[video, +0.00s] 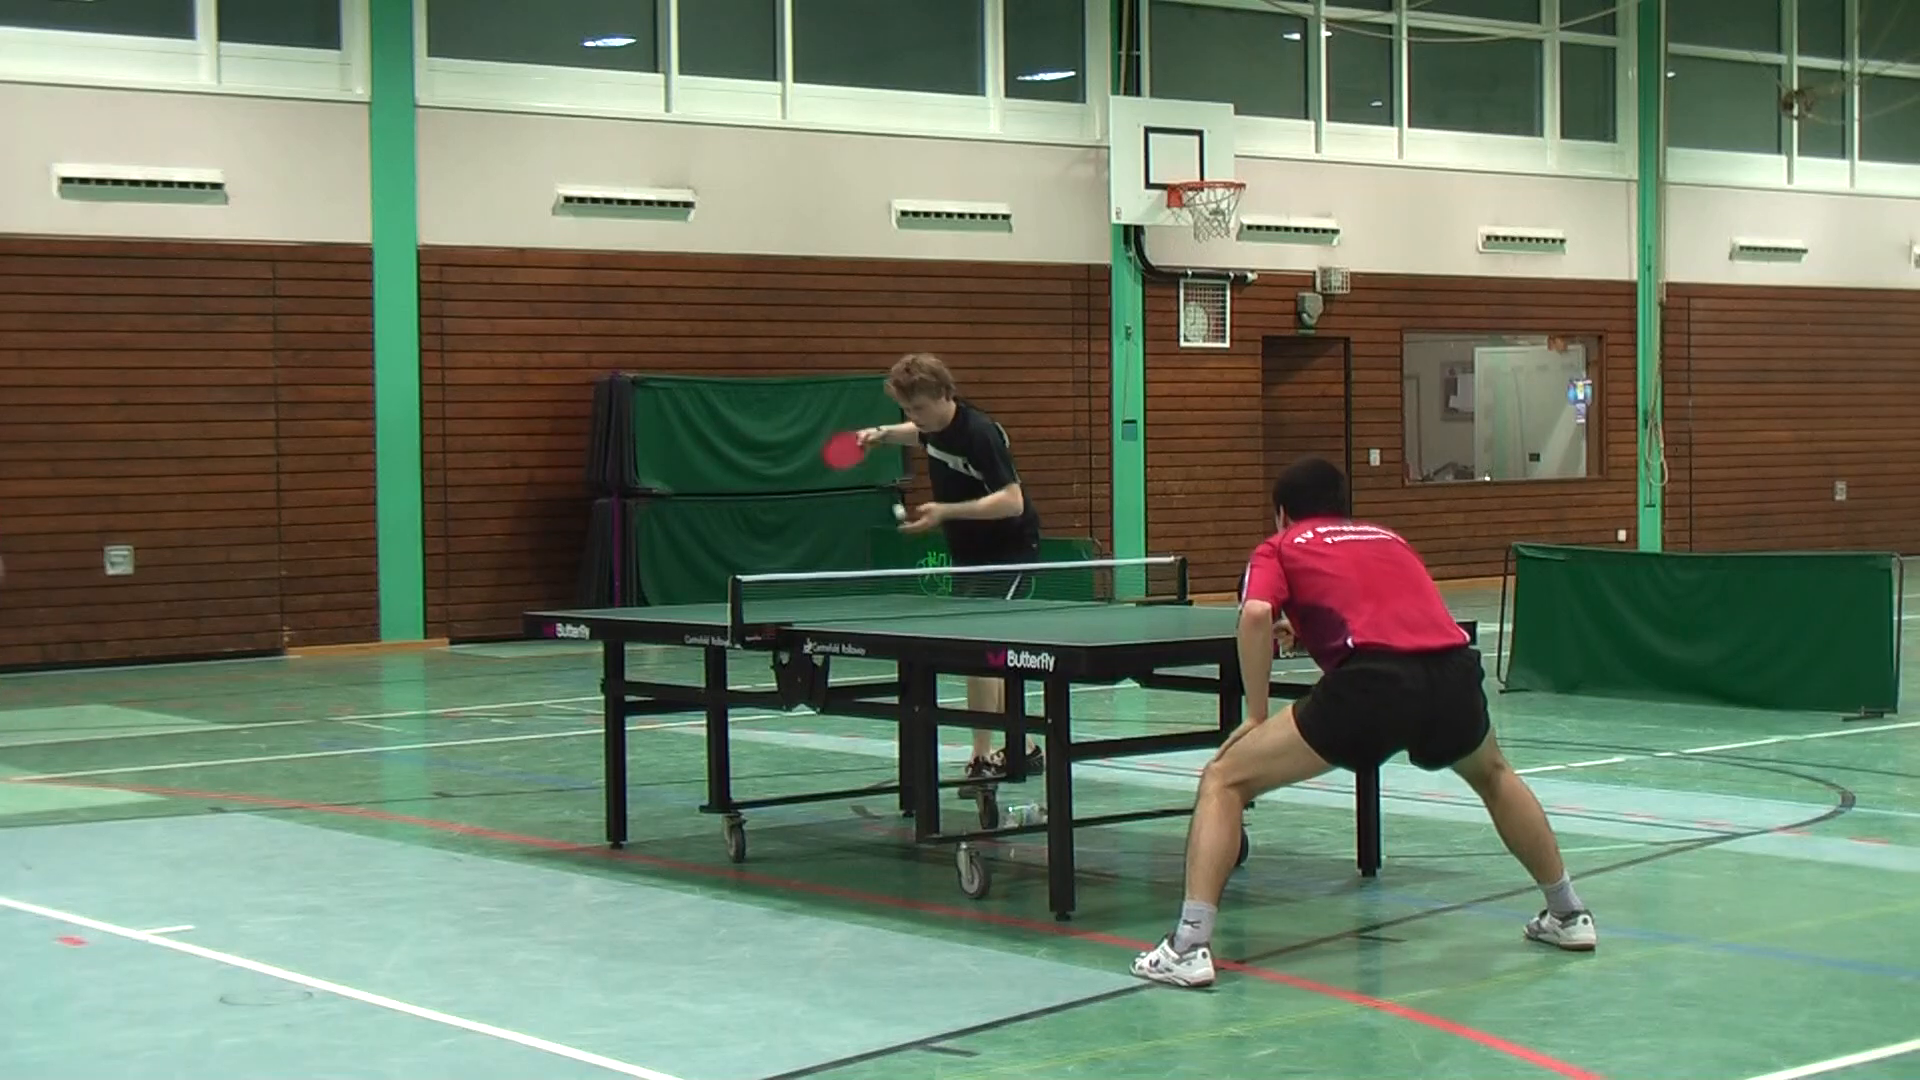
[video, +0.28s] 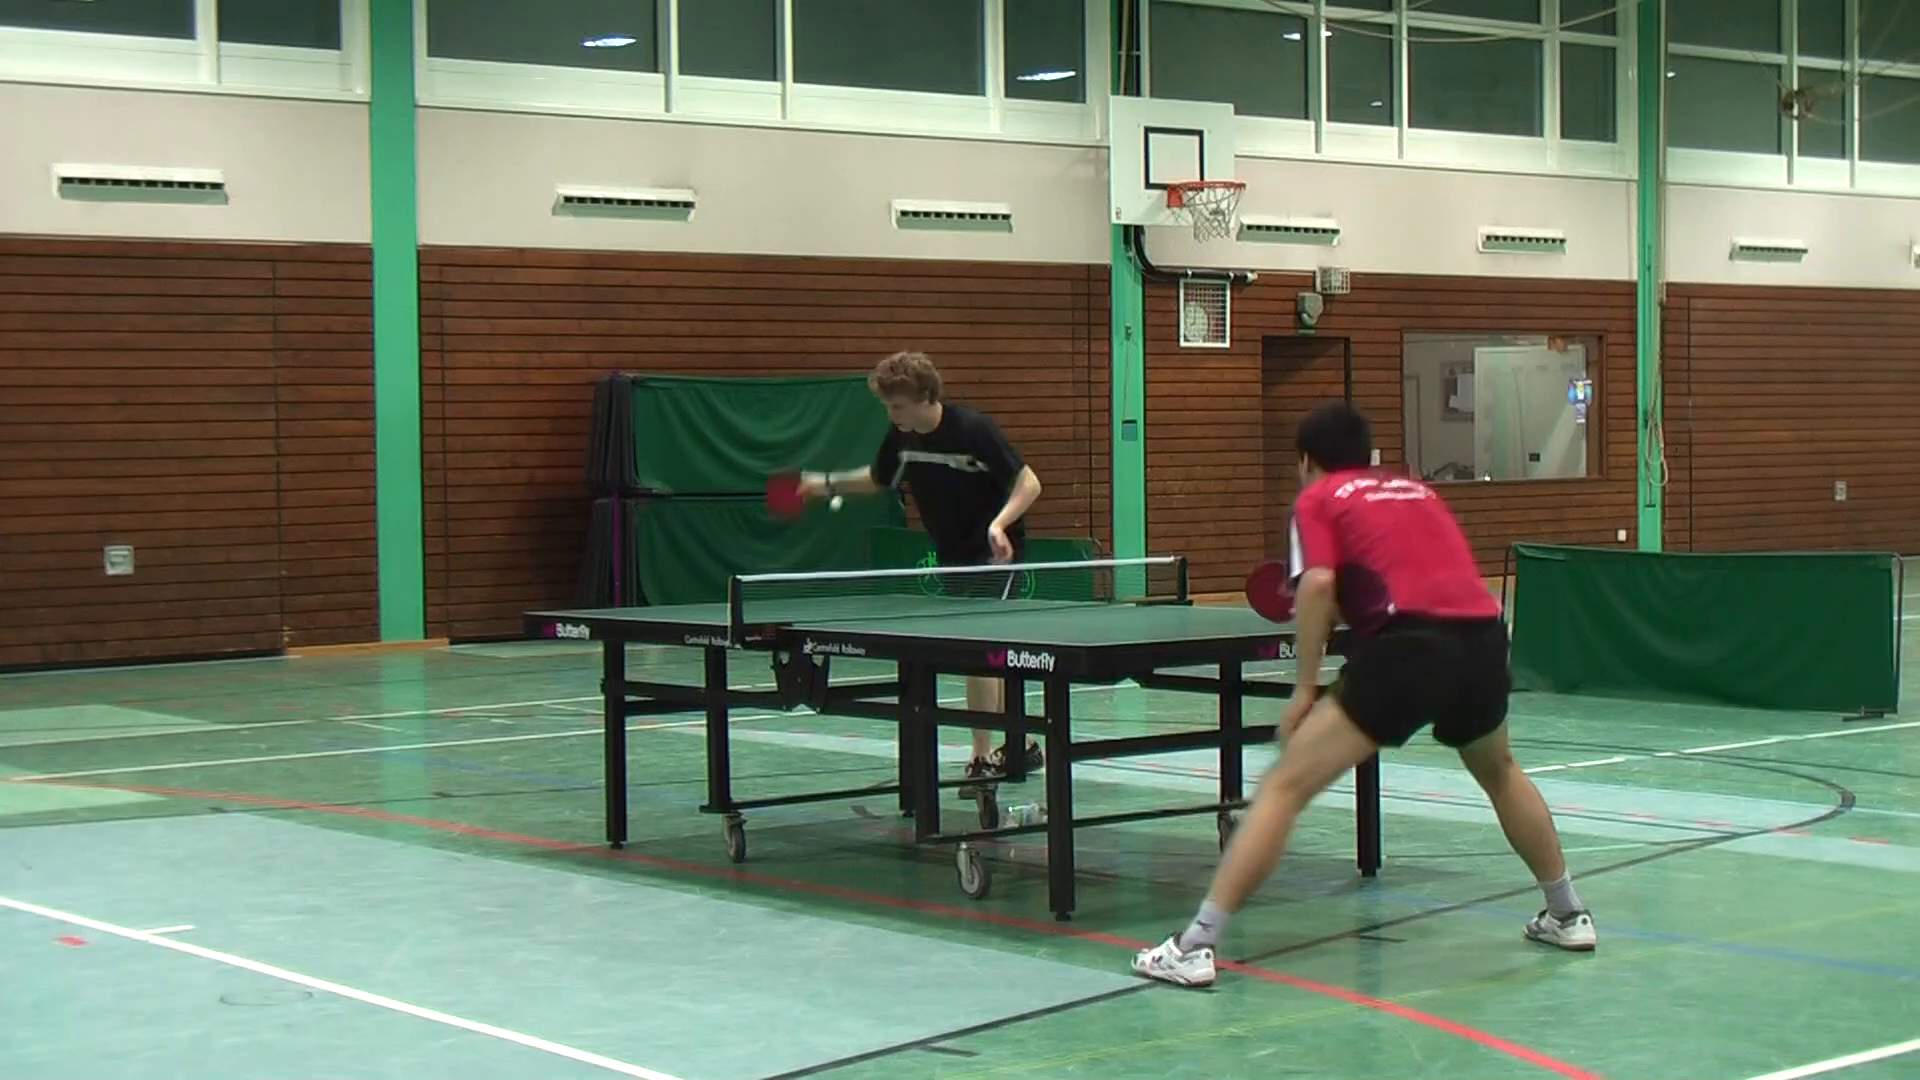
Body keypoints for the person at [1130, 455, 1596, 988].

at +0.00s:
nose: (1273, 524)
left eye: (1273, 517)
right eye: (1275, 518)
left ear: (1283, 516)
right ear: (1344, 510)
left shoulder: (1279, 547)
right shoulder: (1386, 537)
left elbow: (1256, 615)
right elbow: (1394, 602)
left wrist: (1257, 715)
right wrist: (1311, 628)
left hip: (1370, 687)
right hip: (1454, 685)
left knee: (1224, 777)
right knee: (1494, 775)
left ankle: (1189, 945)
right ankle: (1569, 912)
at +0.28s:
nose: (1299, 473)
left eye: (1299, 463)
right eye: (1301, 463)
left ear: (1311, 461)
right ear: (1364, 453)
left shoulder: (1319, 496)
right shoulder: (1411, 484)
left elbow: (1318, 583)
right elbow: (1447, 576)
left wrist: (1307, 686)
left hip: (1405, 648)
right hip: (1482, 647)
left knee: (1286, 786)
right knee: (1500, 771)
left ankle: (1197, 942)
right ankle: (1569, 911)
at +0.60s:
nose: (1323, 406)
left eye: (1323, 397)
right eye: (1325, 397)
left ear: (1335, 396)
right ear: (1389, 393)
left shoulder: (1336, 449)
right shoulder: (1446, 442)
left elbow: (1316, 553)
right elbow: (1492, 542)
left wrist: (1299, 640)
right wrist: (1476, 619)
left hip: (1405, 627)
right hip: (1480, 627)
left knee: (1294, 773)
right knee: (1501, 766)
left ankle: (1253, 945)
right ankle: (1568, 913)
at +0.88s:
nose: (1265, 402)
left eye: (1266, 388)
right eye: (1266, 389)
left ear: (1286, 389)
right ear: (1320, 384)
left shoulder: (1353, 436)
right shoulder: (1340, 448)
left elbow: (1375, 535)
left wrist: (1306, 628)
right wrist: (1248, 620)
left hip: (1411, 636)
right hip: (1457, 629)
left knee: (1283, 768)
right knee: (1474, 770)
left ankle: (1251, 947)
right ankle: (1564, 907)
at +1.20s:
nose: (1265, 358)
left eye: (1268, 345)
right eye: (1268, 345)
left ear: (1287, 344)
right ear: (1321, 344)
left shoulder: (1345, 392)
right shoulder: (1298, 430)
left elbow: (1414, 441)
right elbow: (1218, 483)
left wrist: (1419, 490)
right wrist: (1118, 467)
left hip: (1376, 608)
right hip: (1421, 608)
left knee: (1272, 762)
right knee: (1391, 768)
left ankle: (1248, 945)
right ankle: (1493, 915)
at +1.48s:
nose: (1375, 376)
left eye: (1379, 364)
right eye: (1378, 363)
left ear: (1397, 367)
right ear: (1445, 365)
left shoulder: (1441, 434)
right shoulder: (1464, 430)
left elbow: (1424, 526)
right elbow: (1414, 519)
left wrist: (1340, 595)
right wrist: (1333, 536)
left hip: (1446, 643)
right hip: (1479, 645)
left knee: (1297, 763)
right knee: (1373, 762)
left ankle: (1345, 934)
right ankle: (1400, 933)